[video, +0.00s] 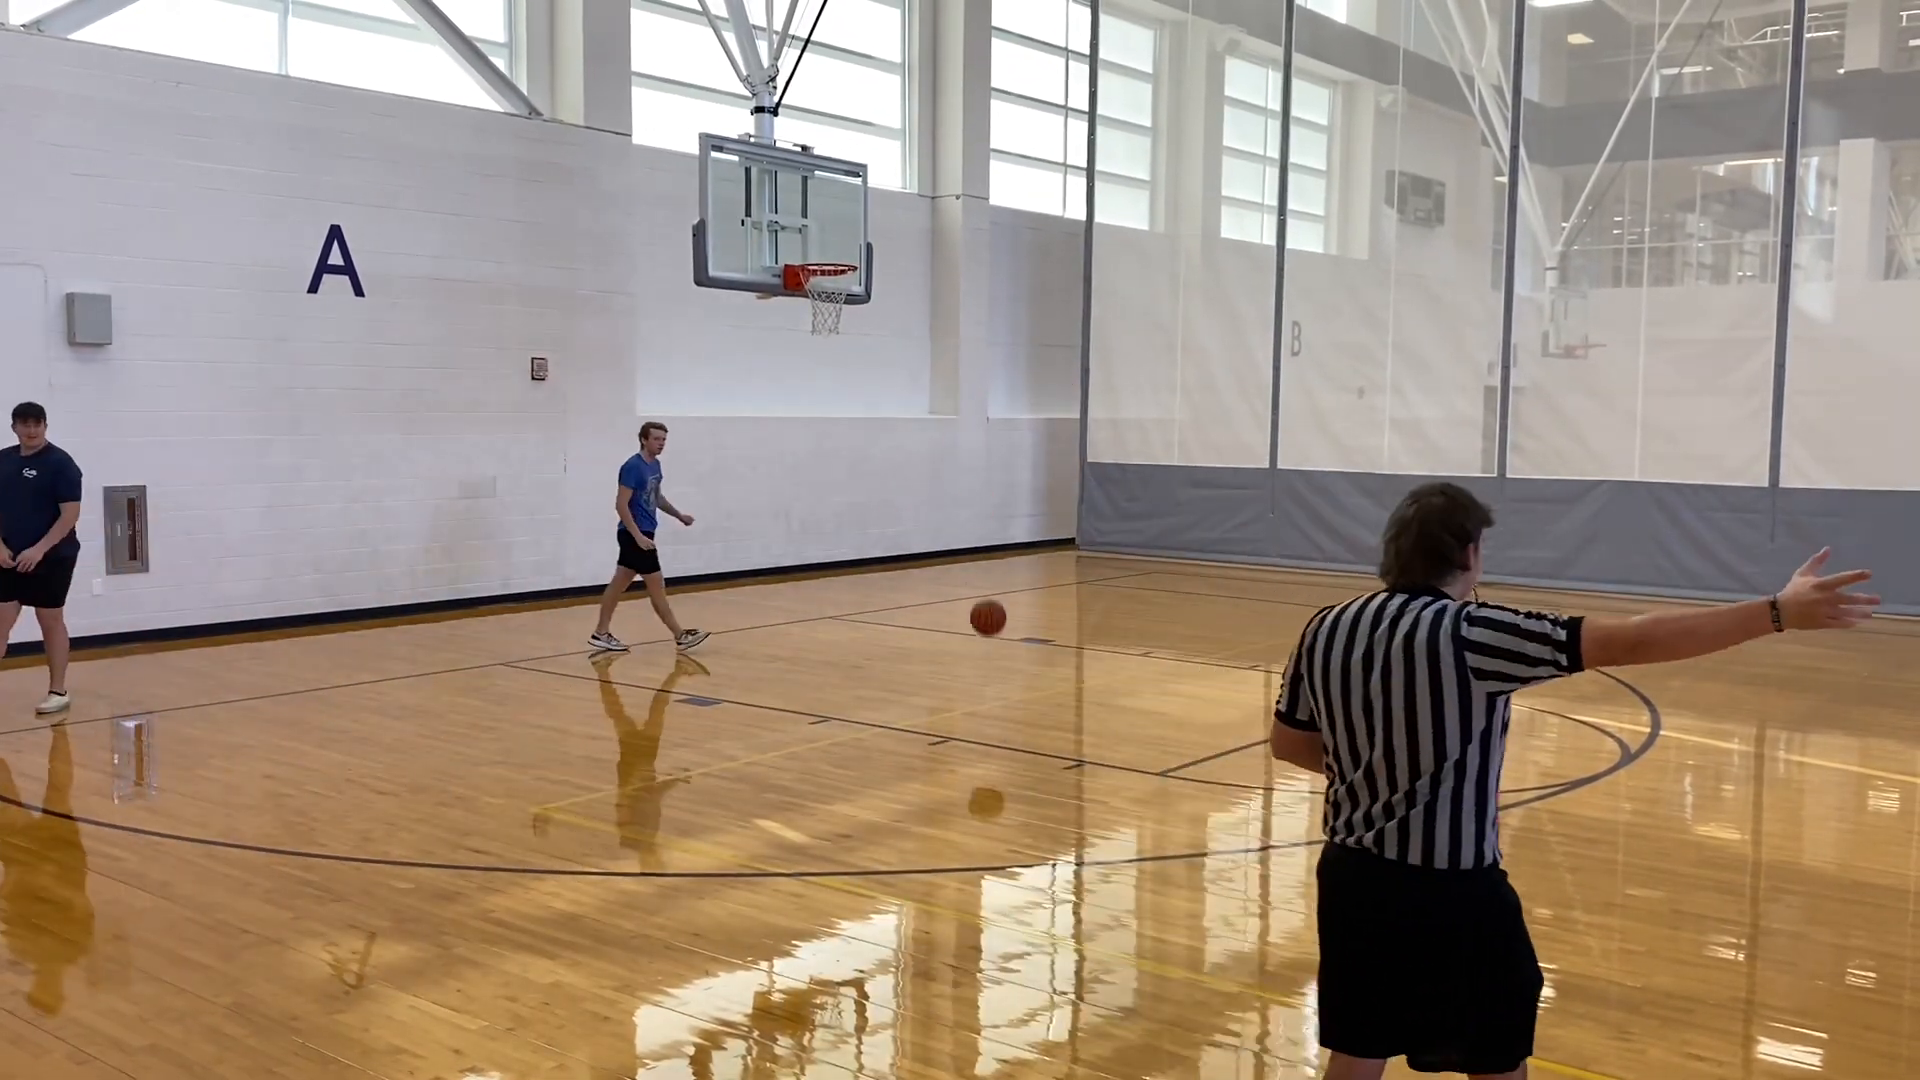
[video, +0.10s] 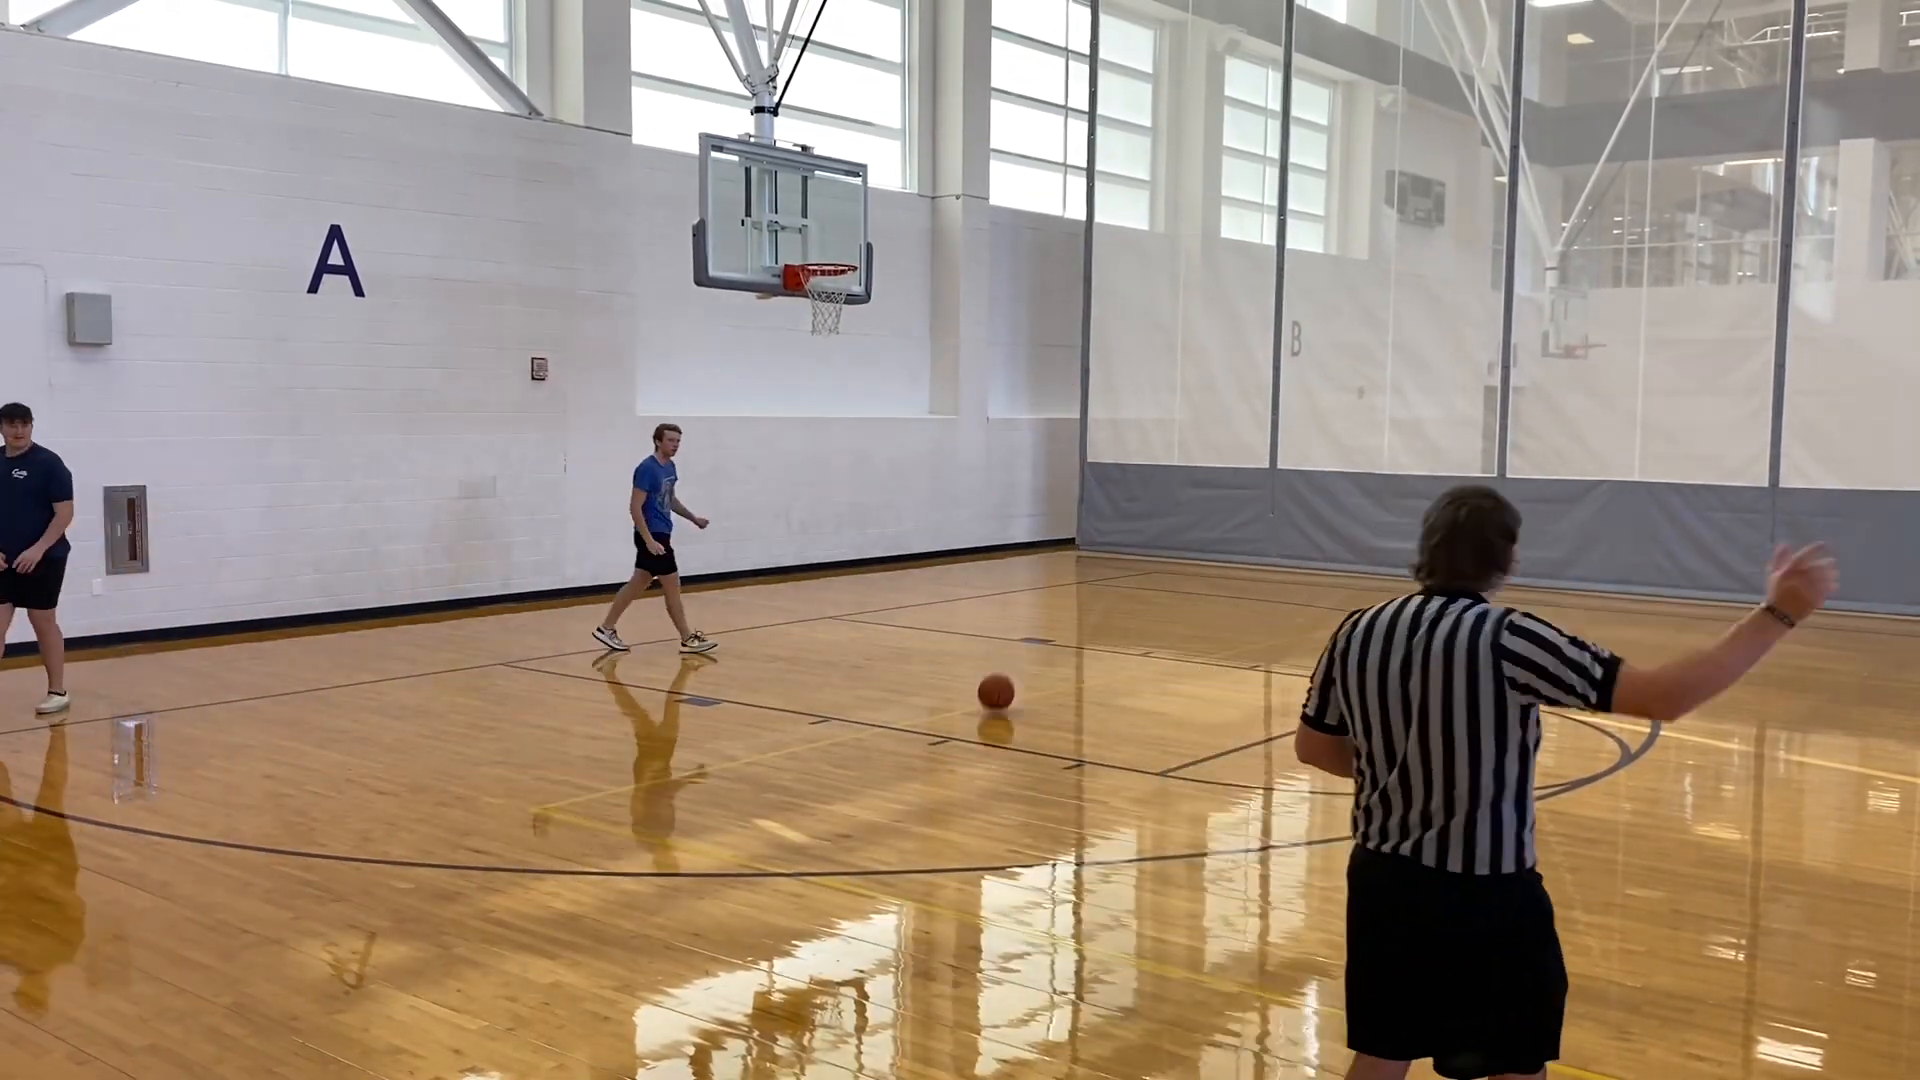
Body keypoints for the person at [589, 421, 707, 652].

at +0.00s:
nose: (661, 444)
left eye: (663, 440)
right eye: (657, 439)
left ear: (663, 442)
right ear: (644, 440)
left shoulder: (654, 465)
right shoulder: (632, 467)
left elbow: (657, 498)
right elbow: (621, 506)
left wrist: (679, 516)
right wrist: (638, 536)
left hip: (644, 533)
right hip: (634, 535)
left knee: (620, 582)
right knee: (656, 584)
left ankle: (601, 632)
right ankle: (679, 635)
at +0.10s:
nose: (675, 445)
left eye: (678, 441)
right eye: (671, 440)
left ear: (678, 443)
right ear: (658, 442)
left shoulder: (670, 467)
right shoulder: (646, 469)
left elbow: (670, 500)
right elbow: (635, 508)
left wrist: (693, 518)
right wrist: (649, 540)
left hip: (660, 533)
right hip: (651, 535)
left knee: (639, 582)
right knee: (672, 584)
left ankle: (606, 628)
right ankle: (687, 638)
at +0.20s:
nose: (687, 443)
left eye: (690, 439)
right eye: (683, 438)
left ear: (691, 441)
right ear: (671, 440)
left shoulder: (684, 465)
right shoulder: (661, 467)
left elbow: (683, 500)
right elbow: (650, 506)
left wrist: (702, 522)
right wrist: (661, 540)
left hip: (679, 532)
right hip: (664, 533)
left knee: (672, 583)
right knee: (680, 582)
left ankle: (626, 617)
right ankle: (688, 638)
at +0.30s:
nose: (700, 441)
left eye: (703, 437)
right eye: (696, 436)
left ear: (704, 440)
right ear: (684, 438)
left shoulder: (698, 463)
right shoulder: (673, 466)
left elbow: (697, 500)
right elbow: (665, 508)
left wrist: (709, 526)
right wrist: (677, 538)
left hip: (693, 529)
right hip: (676, 530)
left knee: (703, 581)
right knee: (687, 583)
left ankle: (658, 612)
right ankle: (689, 638)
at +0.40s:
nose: (712, 441)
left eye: (715, 437)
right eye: (708, 437)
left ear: (717, 440)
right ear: (696, 438)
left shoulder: (710, 463)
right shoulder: (685, 466)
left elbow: (707, 499)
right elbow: (679, 508)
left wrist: (713, 530)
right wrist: (694, 536)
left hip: (708, 530)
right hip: (688, 532)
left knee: (724, 579)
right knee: (693, 584)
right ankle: (689, 638)